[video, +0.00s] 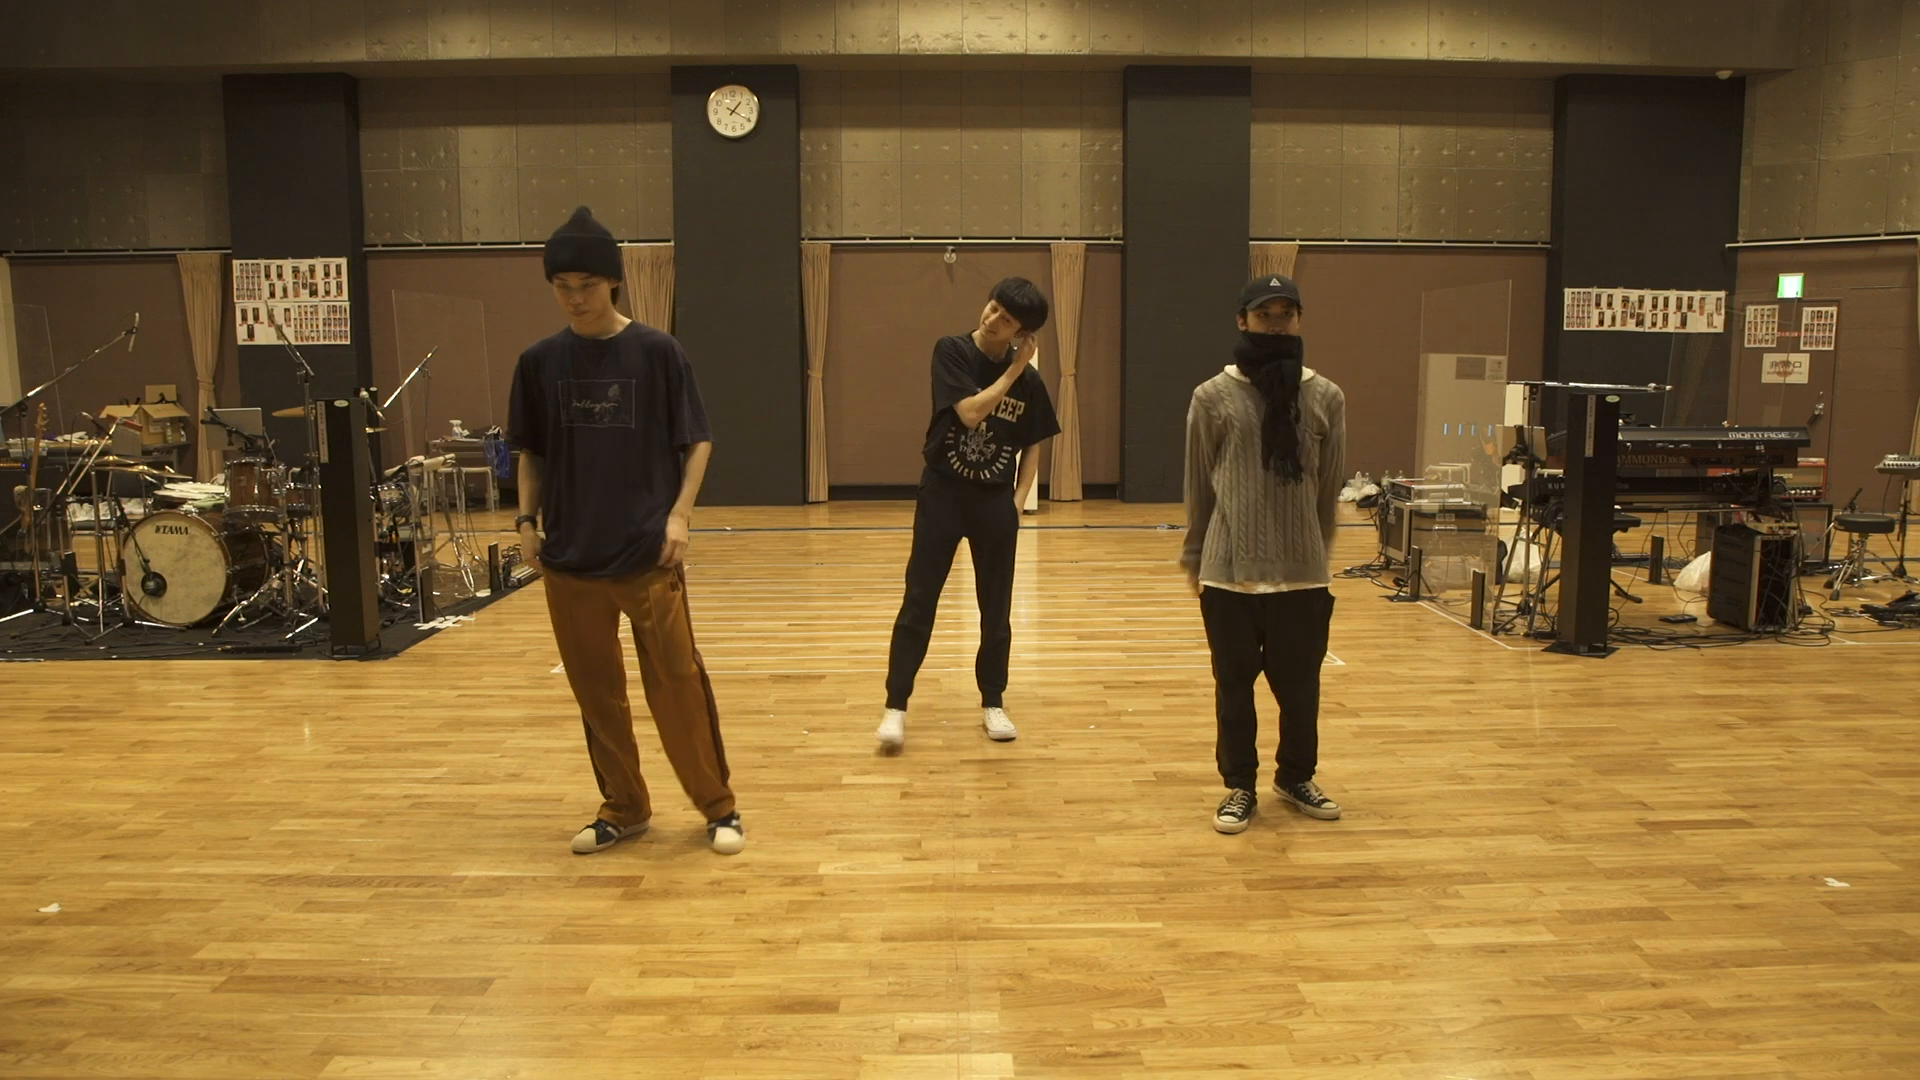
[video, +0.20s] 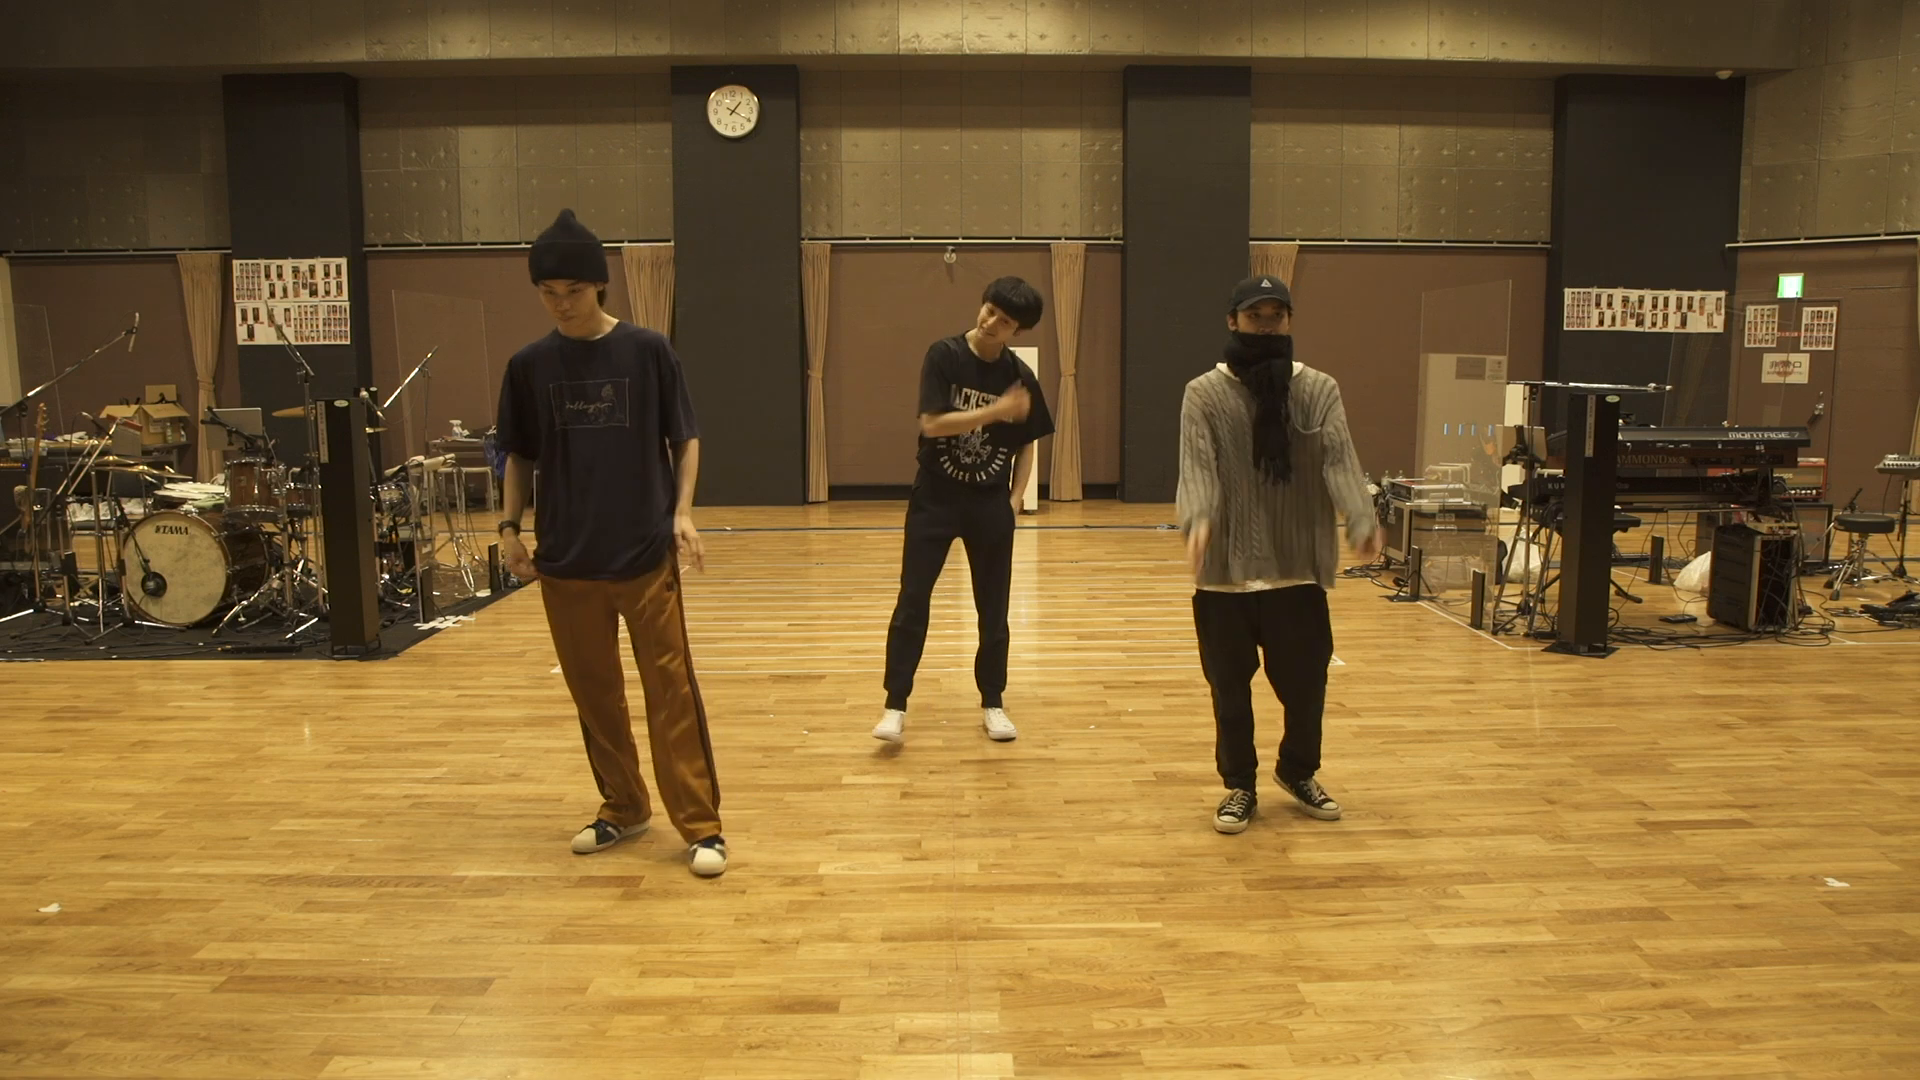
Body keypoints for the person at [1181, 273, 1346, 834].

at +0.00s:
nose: (1278, 323)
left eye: (1287, 314)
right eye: (1266, 314)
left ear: (1299, 322)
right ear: (1244, 321)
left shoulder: (1326, 397)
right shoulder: (1213, 397)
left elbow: (1330, 489)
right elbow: (1199, 486)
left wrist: (1318, 559)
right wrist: (1194, 558)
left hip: (1303, 573)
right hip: (1228, 573)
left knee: (1300, 688)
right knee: (1234, 688)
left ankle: (1297, 779)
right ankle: (1239, 788)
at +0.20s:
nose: (1270, 325)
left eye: (1279, 315)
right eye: (1258, 315)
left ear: (1291, 323)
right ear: (1234, 322)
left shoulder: (1317, 388)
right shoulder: (1205, 393)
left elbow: (1342, 460)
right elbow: (1197, 466)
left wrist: (1362, 518)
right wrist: (1200, 516)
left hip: (1298, 569)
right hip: (1224, 572)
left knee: (1306, 681)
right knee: (1229, 688)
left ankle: (1299, 774)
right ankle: (1240, 787)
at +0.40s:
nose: (1267, 325)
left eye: (1276, 315)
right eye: (1255, 315)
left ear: (1287, 321)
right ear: (1231, 322)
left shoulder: (1308, 383)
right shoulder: (1202, 384)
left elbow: (1347, 454)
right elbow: (1159, 459)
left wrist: (1336, 398)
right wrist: (1208, 414)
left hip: (1299, 565)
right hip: (1224, 567)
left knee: (1316, 679)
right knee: (1229, 690)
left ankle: (1300, 768)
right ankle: (1239, 788)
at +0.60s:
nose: (1272, 335)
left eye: (1280, 325)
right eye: (1260, 325)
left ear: (1291, 328)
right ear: (1235, 327)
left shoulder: (1311, 380)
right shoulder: (1198, 387)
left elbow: (1360, 428)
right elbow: (1132, 446)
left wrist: (1405, 420)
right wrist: (1147, 452)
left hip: (1301, 570)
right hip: (1224, 573)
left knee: (1321, 686)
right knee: (1229, 690)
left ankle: (1328, 786)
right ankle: (1239, 790)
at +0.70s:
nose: (1277, 335)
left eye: (1285, 325)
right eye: (1265, 326)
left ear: (1296, 327)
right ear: (1240, 327)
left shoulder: (1315, 380)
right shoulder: (1203, 385)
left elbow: (1364, 426)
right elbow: (1136, 444)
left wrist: (1401, 417)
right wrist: (1157, 452)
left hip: (1299, 572)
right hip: (1224, 575)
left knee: (1319, 686)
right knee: (1229, 692)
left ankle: (1332, 788)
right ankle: (1239, 791)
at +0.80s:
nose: (1285, 333)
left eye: (1293, 324)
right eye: (1273, 323)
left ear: (1303, 327)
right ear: (1247, 326)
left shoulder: (1321, 380)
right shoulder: (1210, 386)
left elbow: (1364, 433)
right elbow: (1154, 440)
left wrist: (1404, 446)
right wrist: (1157, 467)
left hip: (1304, 570)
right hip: (1231, 573)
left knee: (1320, 687)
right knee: (1233, 692)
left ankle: (1330, 788)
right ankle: (1240, 791)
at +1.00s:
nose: (1297, 332)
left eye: (1306, 322)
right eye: (1285, 322)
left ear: (1316, 327)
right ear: (1260, 326)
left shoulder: (1336, 396)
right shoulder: (1232, 399)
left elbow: (1348, 492)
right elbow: (1217, 493)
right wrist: (1214, 575)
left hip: (1318, 577)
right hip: (1247, 580)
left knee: (1327, 691)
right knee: (1241, 693)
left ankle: (1331, 786)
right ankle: (1241, 789)